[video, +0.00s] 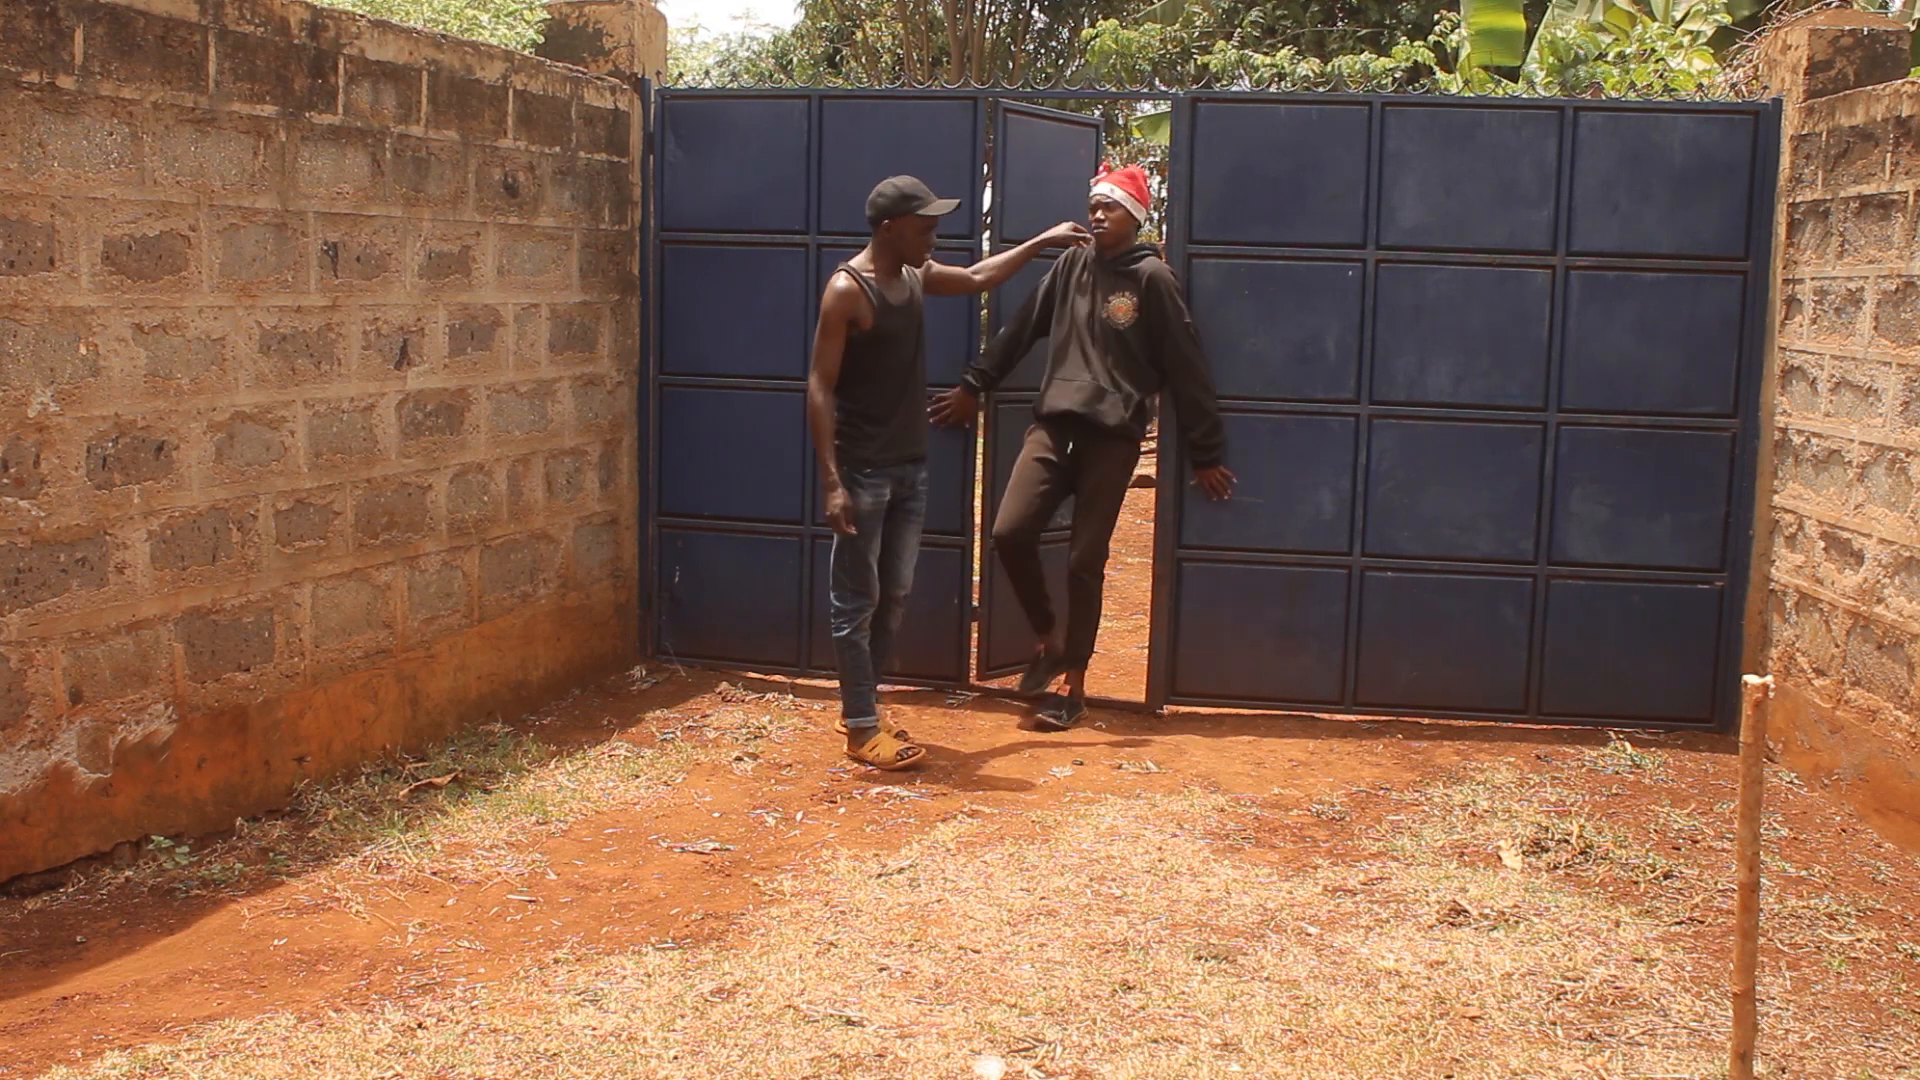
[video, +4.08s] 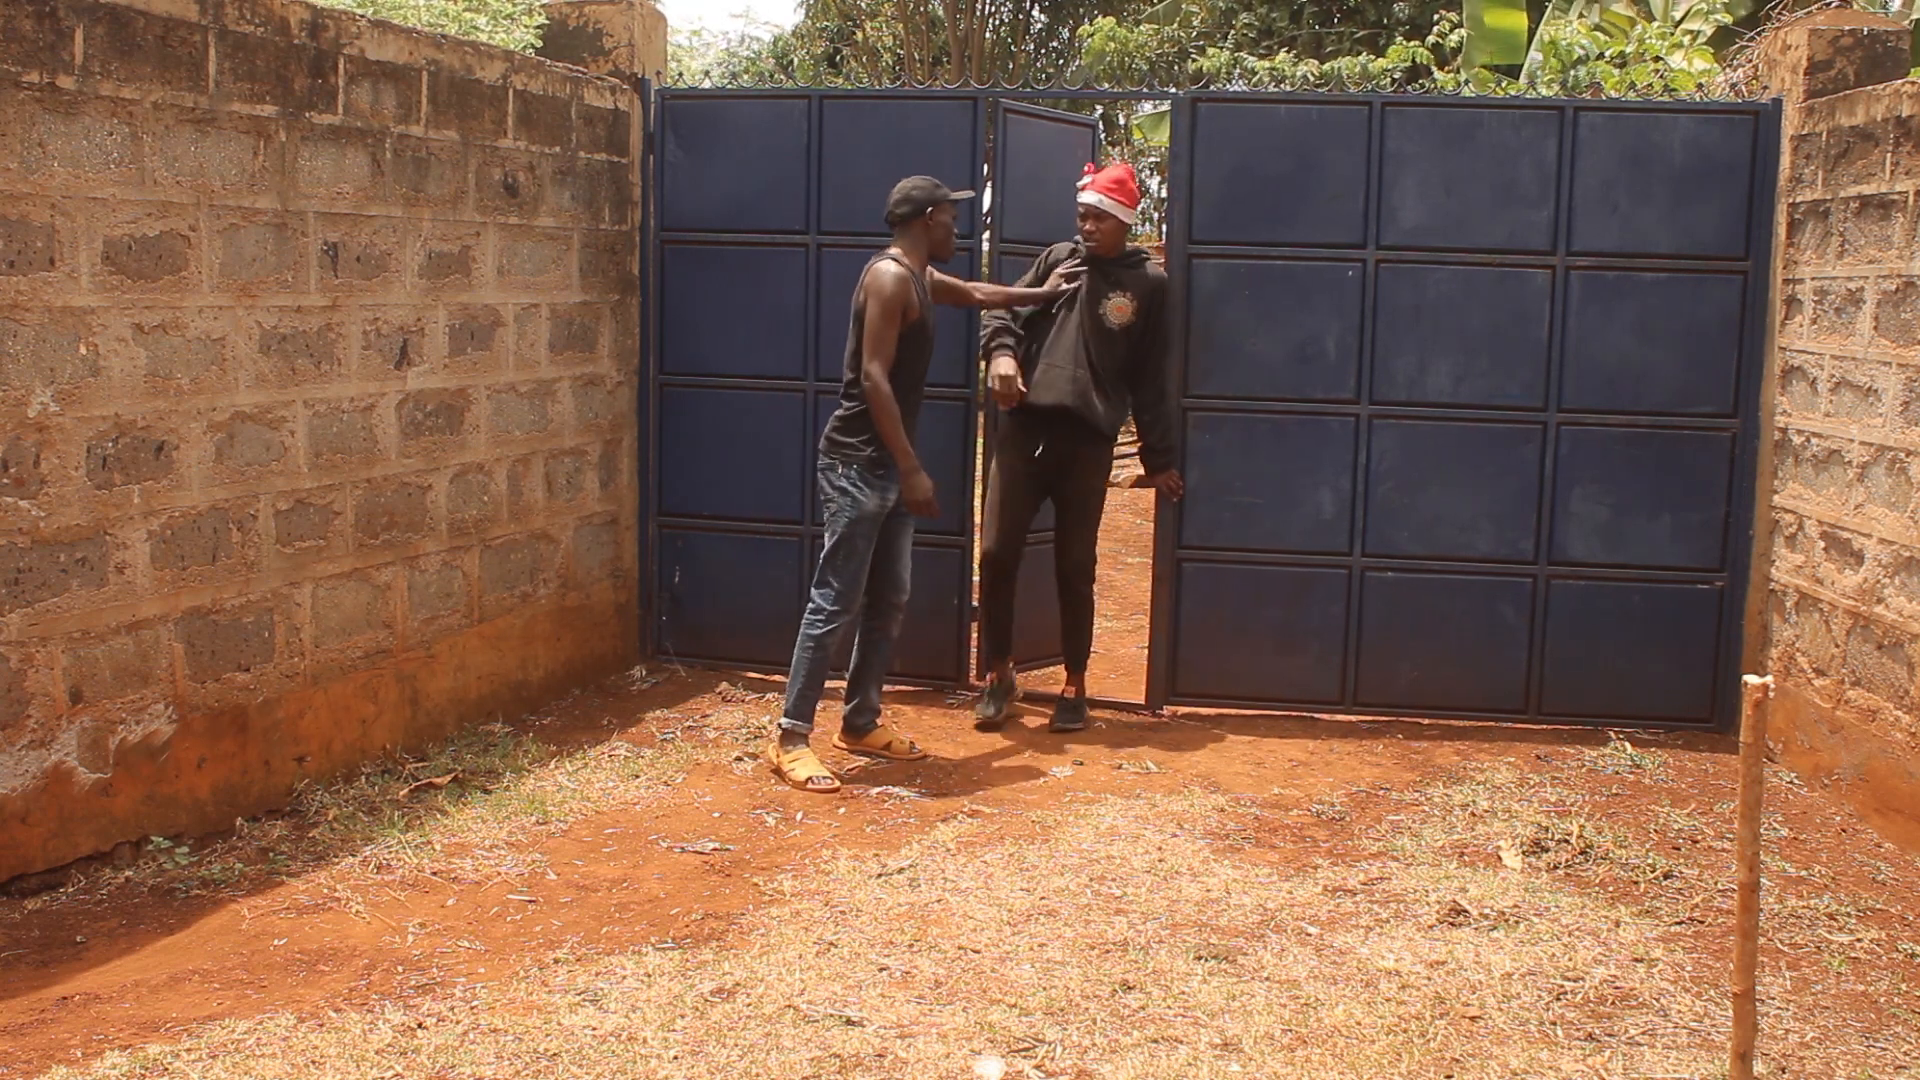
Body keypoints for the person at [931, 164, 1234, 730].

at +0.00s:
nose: (1097, 217)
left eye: (1111, 209)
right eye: (1095, 206)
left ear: (1138, 218)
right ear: (1088, 211)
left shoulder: (1151, 277)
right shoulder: (1070, 263)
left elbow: (1187, 368)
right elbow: (1021, 329)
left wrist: (1205, 454)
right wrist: (973, 385)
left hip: (1112, 433)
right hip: (1053, 424)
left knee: (1085, 559)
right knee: (1009, 534)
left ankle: (1073, 690)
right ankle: (1050, 641)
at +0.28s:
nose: (1098, 221)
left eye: (1111, 215)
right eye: (1096, 212)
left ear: (1138, 226)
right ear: (1092, 219)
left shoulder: (1145, 281)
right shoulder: (1084, 268)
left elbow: (1186, 364)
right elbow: (1040, 332)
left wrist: (1195, 452)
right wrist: (990, 386)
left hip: (1121, 438)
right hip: (1073, 432)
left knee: (1080, 557)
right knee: (1051, 556)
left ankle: (1070, 693)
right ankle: (1109, 657)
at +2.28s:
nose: (1088, 223)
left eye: (1102, 216)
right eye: (1086, 212)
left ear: (1128, 230)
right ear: (1079, 218)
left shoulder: (1148, 291)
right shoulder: (1062, 269)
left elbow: (1181, 376)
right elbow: (1036, 341)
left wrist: (1172, 455)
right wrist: (997, 395)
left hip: (1110, 451)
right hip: (1054, 444)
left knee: (1081, 569)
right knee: (1043, 565)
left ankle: (1074, 693)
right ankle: (1099, 648)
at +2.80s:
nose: (1093, 208)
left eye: (1105, 199)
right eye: (1088, 198)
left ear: (1133, 207)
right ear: (1082, 204)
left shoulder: (1157, 280)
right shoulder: (1058, 256)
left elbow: (1168, 374)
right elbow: (1007, 305)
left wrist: (1166, 456)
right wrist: (1005, 318)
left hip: (1100, 441)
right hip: (1036, 430)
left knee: (1085, 565)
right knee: (1008, 555)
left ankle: (1076, 688)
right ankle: (1021, 671)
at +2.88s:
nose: (1088, 209)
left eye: (1099, 199)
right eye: (1082, 200)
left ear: (1128, 204)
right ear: (1075, 205)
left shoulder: (1153, 277)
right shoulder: (1051, 258)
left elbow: (1166, 370)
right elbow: (993, 313)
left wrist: (1166, 454)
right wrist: (1004, 259)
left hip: (1099, 440)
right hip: (1034, 431)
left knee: (1086, 567)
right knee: (1015, 559)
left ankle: (1076, 688)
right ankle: (1001, 685)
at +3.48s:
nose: (1075, 210)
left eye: (1088, 201)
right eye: (1068, 199)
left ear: (1110, 209)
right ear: (1058, 203)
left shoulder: (1125, 281)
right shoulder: (1028, 254)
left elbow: (1145, 375)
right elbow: (976, 325)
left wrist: (1163, 454)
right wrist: (1022, 327)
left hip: (1080, 444)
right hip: (1013, 438)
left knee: (1074, 567)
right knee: (1004, 567)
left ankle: (1075, 690)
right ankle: (993, 692)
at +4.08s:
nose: (1088, 223)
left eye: (1101, 215)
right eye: (1084, 212)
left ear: (1129, 220)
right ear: (1077, 212)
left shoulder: (1149, 285)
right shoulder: (1054, 257)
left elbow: (1153, 378)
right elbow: (1003, 308)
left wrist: (1160, 459)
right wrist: (1002, 355)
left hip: (1087, 439)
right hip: (1022, 425)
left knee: (1075, 567)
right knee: (996, 555)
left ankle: (1074, 687)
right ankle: (997, 679)